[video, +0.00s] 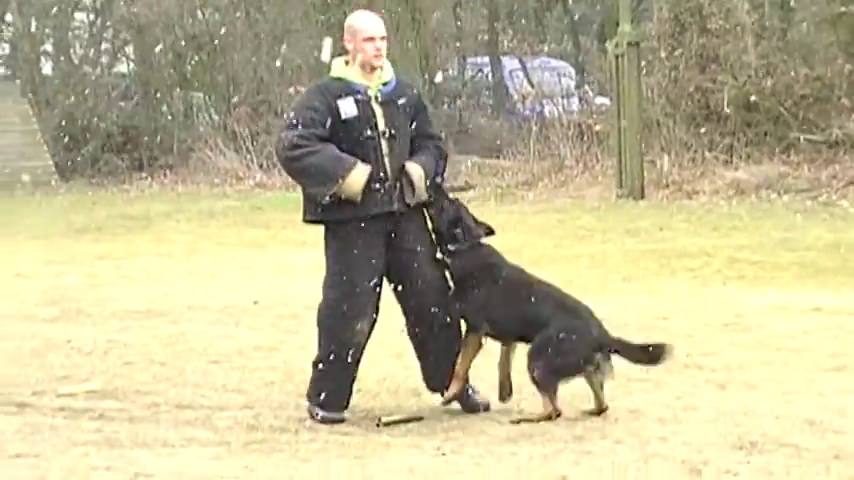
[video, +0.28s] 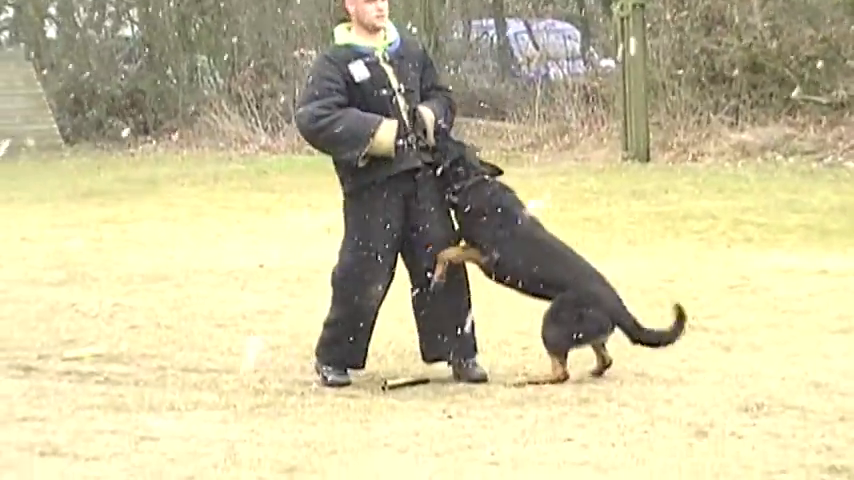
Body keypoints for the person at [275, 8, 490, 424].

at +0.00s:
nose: (378, 48)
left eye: (382, 40)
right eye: (369, 40)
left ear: (388, 44)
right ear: (348, 44)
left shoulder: (404, 95)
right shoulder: (326, 94)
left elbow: (432, 144)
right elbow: (294, 146)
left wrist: (421, 168)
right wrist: (347, 173)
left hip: (407, 218)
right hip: (354, 220)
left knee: (431, 297)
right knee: (349, 310)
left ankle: (453, 382)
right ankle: (327, 398)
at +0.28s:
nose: (379, 7)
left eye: (382, 1)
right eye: (369, 1)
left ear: (388, 5)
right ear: (349, 7)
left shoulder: (410, 51)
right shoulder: (335, 61)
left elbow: (441, 95)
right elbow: (314, 118)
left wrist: (430, 114)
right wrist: (376, 132)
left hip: (423, 178)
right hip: (373, 185)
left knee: (442, 263)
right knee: (365, 272)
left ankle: (461, 354)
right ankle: (335, 358)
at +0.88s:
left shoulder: (403, 19)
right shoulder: (315, 18)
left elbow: (431, 75)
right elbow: (288, 70)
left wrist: (411, 102)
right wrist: (336, 91)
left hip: (401, 145)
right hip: (347, 145)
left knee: (416, 232)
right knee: (336, 235)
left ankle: (432, 321)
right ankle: (304, 320)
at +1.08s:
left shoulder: (363, 32)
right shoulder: (276, 42)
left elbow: (399, 78)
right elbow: (253, 99)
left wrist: (389, 111)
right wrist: (296, 120)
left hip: (373, 160)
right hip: (321, 166)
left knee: (391, 247)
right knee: (316, 255)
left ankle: (410, 337)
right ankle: (289, 340)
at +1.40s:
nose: (315, 23)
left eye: (318, 16)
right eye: (305, 16)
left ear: (323, 20)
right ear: (284, 22)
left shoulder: (340, 71)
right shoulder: (262, 72)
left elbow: (364, 126)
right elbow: (229, 123)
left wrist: (356, 155)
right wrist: (285, 156)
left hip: (344, 193)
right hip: (293, 197)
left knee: (369, 277)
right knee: (294, 291)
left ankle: (395, 368)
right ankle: (286, 381)